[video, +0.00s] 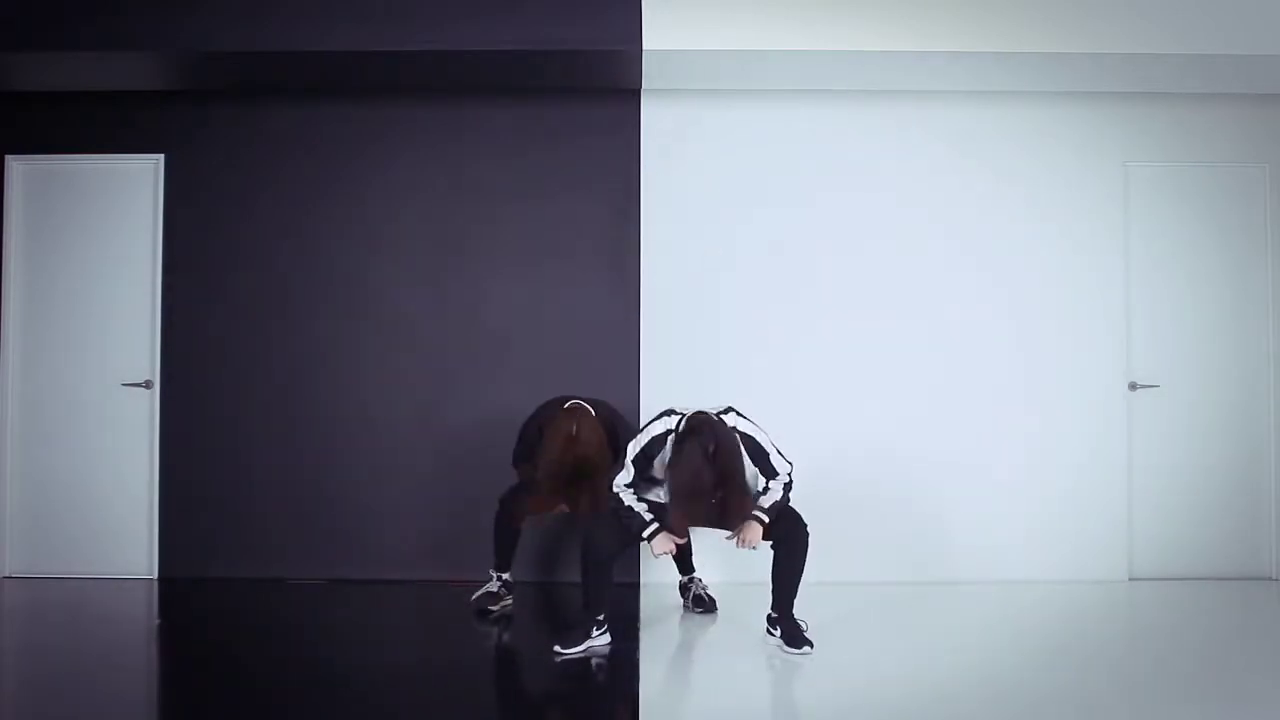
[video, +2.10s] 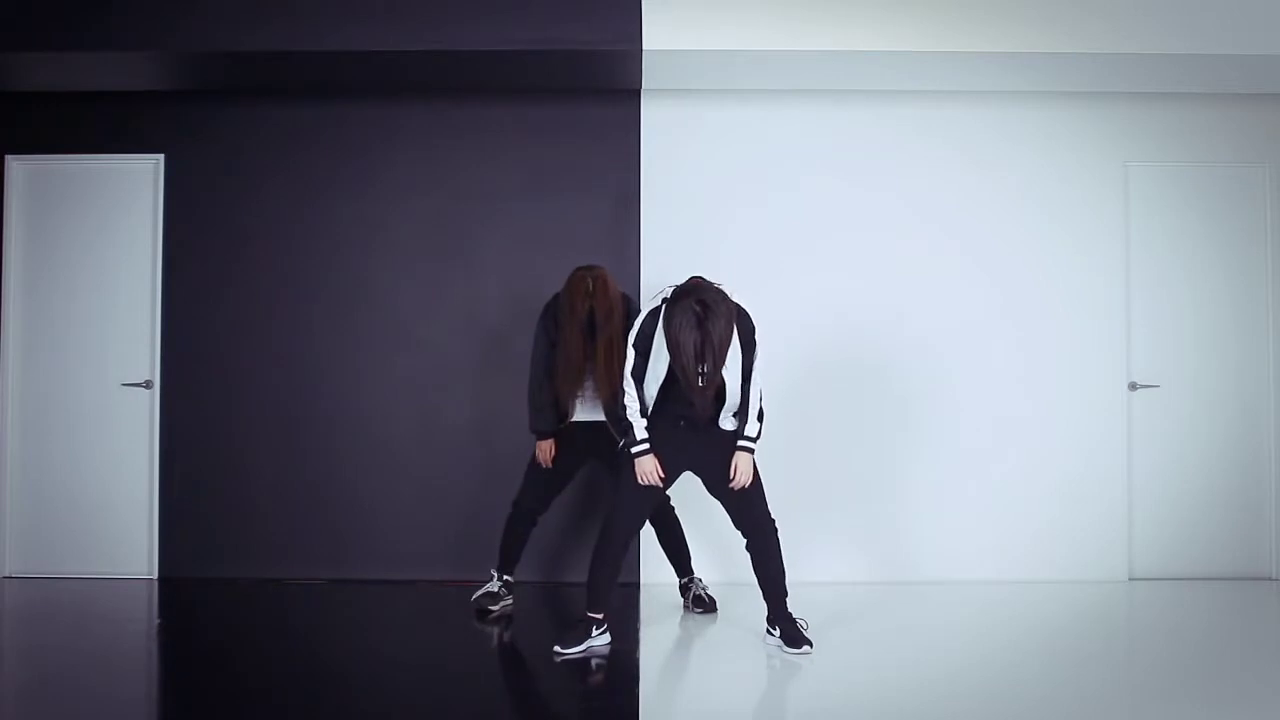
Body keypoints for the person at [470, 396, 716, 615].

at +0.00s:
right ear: (552, 446)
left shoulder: (613, 428)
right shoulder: (539, 425)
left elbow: (628, 468)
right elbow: (521, 465)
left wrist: (587, 500)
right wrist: (553, 498)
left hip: (608, 483)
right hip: (551, 480)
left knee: (664, 512)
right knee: (509, 506)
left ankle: (690, 582)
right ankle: (501, 580)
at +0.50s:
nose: (572, 439)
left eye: (577, 433)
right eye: (566, 433)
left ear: (594, 404)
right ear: (553, 402)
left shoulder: (616, 388)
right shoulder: (534, 388)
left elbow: (640, 443)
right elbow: (527, 443)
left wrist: (603, 486)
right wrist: (539, 494)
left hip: (610, 459)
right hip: (554, 456)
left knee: (666, 506)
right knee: (511, 502)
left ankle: (690, 582)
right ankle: (501, 580)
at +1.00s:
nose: (589, 396)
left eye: (595, 391)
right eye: (582, 391)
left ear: (606, 366)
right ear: (565, 368)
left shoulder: (624, 356)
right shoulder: (544, 358)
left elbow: (644, 414)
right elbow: (540, 419)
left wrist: (636, 462)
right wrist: (549, 470)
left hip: (620, 442)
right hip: (564, 443)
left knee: (666, 502)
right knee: (517, 501)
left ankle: (690, 580)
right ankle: (502, 580)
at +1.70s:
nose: (594, 351)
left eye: (601, 345)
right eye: (586, 345)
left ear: (612, 327)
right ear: (574, 327)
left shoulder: (629, 327)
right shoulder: (555, 323)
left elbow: (645, 386)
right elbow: (542, 387)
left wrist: (640, 446)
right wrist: (546, 444)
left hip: (618, 436)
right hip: (568, 438)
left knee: (659, 502)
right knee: (524, 503)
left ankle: (690, 583)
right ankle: (501, 581)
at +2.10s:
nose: (593, 323)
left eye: (600, 315)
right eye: (585, 316)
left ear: (610, 302)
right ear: (572, 304)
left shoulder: (628, 312)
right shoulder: (556, 312)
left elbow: (642, 371)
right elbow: (540, 372)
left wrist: (644, 430)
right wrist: (544, 430)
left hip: (618, 430)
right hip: (567, 432)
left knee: (658, 504)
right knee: (528, 505)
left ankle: (690, 582)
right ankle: (501, 581)